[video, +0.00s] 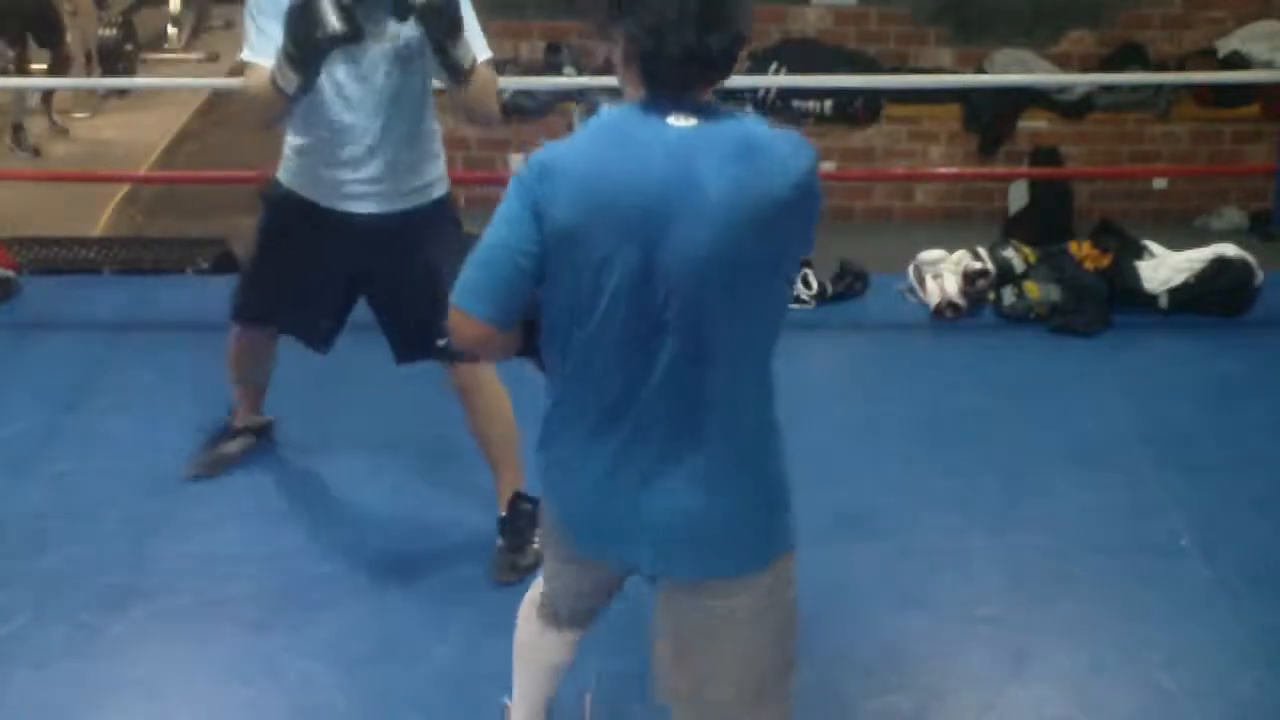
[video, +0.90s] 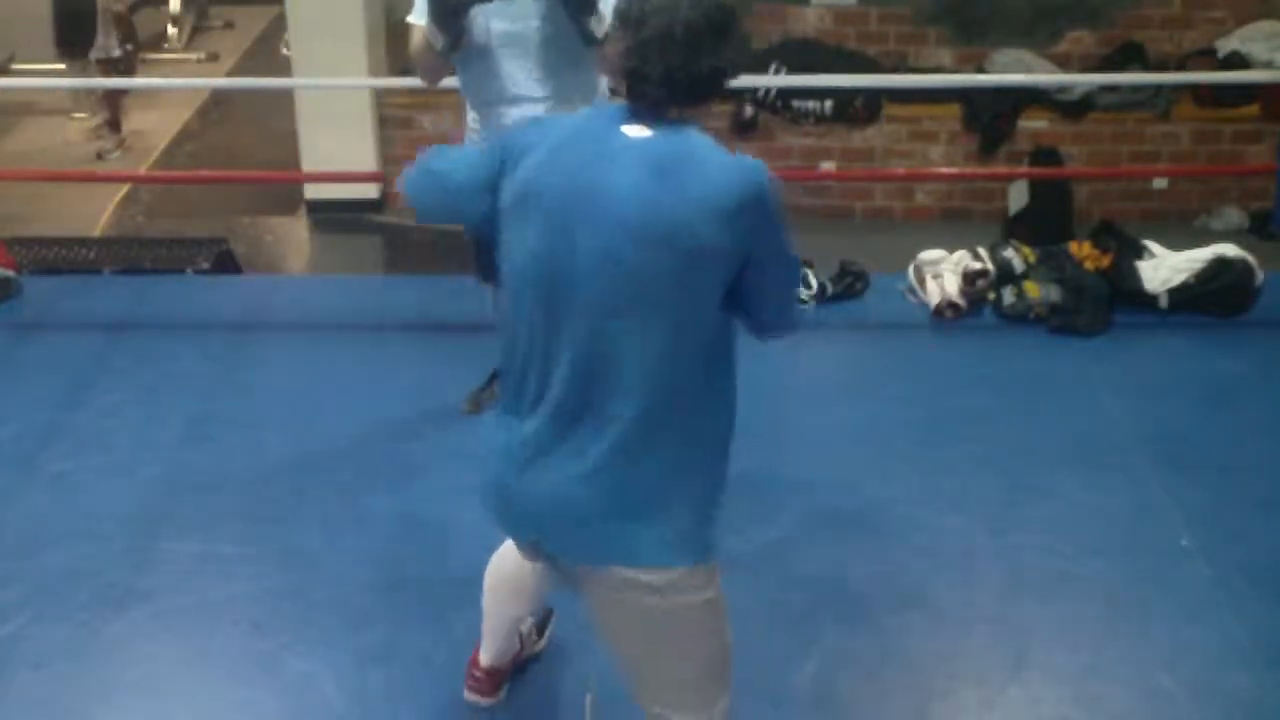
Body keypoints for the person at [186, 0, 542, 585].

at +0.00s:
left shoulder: (435, 4)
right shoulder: (280, 5)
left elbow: (486, 110)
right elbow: (262, 111)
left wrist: (449, 41)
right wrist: (299, 57)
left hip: (413, 199)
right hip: (309, 195)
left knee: (463, 357)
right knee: (254, 318)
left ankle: (516, 505)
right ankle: (246, 421)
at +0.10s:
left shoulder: (450, 5)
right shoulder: (291, 4)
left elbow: (489, 114)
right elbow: (277, 104)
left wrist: (459, 69)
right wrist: (316, 55)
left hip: (430, 188)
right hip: (328, 187)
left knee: (476, 349)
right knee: (282, 313)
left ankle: (517, 508)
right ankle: (329, 390)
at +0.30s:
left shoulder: (474, 1)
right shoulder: (316, 5)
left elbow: (543, 72)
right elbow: (301, 96)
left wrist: (494, 16)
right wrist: (347, 44)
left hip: (461, 173)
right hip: (365, 179)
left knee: (496, 300)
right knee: (333, 308)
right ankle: (348, 396)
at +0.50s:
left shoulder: (523, 0)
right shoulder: (381, 3)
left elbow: (588, 68)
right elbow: (357, 86)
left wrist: (547, 18)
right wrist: (386, 46)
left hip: (513, 164)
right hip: (426, 165)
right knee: (399, 294)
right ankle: (413, 372)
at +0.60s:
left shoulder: (553, 5)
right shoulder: (410, 1)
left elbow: (600, 93)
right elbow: (378, 82)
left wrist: (548, 57)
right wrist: (400, 36)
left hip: (529, 162)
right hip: (446, 158)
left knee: (524, 274)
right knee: (436, 279)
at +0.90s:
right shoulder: (448, 6)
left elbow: (614, 63)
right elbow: (428, 72)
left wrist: (590, 17)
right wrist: (447, 24)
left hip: (579, 143)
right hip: (495, 149)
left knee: (581, 260)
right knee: (503, 270)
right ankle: (510, 371)